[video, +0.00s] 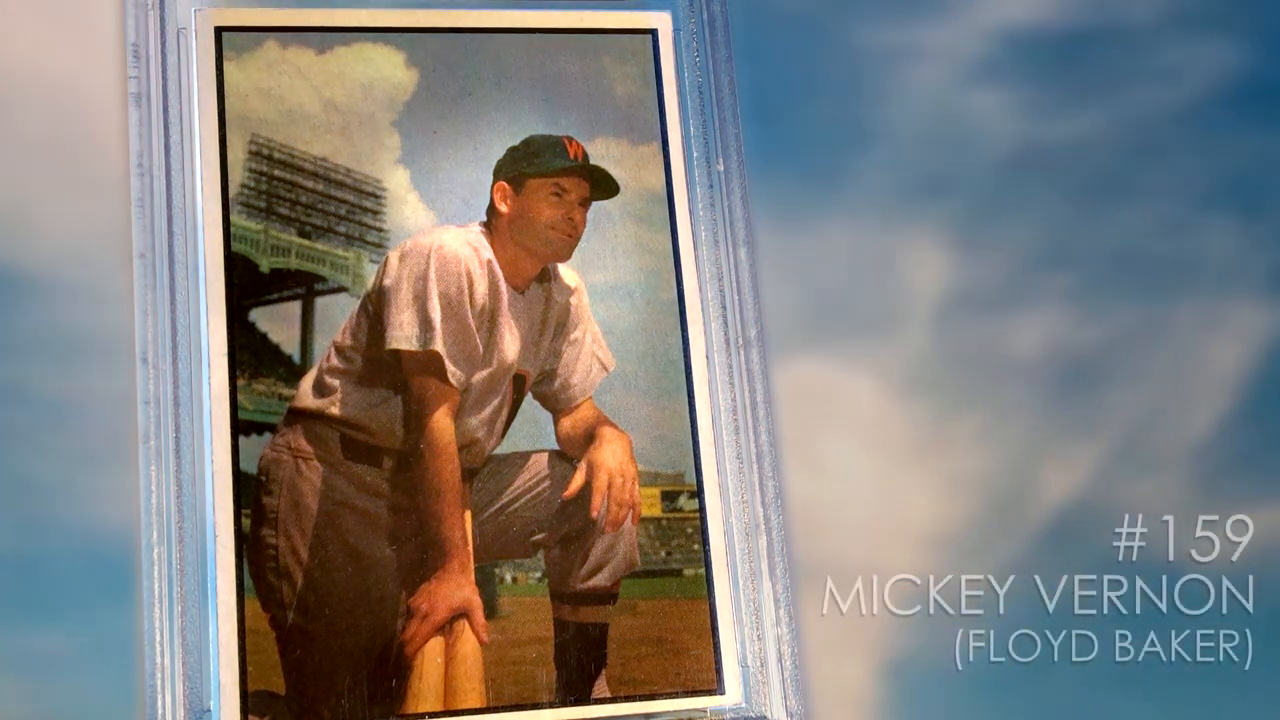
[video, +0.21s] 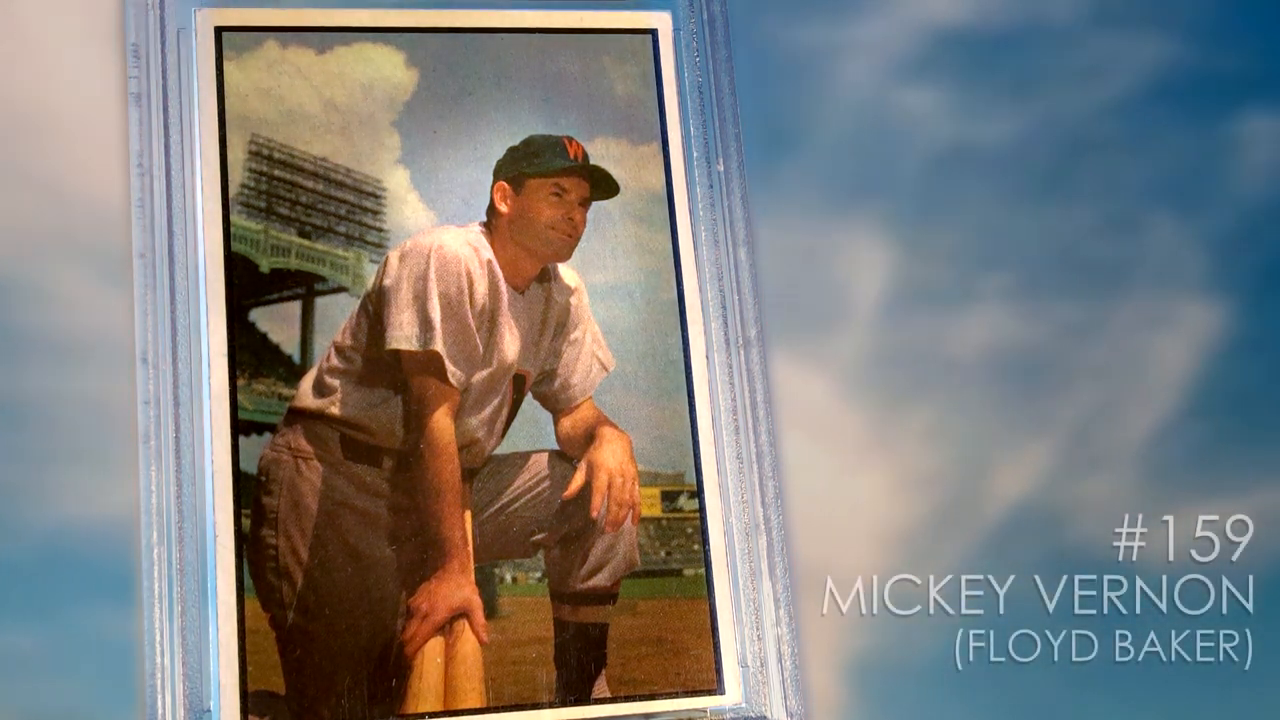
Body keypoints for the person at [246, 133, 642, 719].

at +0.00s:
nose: (576, 216)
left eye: (584, 204)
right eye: (557, 194)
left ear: (586, 218)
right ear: (504, 198)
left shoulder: (560, 294)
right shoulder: (441, 256)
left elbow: (574, 415)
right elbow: (433, 419)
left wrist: (609, 434)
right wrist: (454, 566)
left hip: (440, 486)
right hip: (334, 479)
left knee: (595, 487)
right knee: (347, 701)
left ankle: (580, 695)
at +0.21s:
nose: (576, 216)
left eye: (584, 204)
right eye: (557, 195)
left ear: (586, 217)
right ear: (504, 198)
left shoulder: (560, 294)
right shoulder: (441, 256)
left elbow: (575, 416)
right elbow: (433, 419)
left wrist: (609, 434)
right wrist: (453, 566)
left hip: (440, 486)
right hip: (334, 478)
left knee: (595, 487)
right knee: (347, 699)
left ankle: (580, 694)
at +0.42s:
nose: (576, 216)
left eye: (584, 204)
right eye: (557, 194)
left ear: (586, 217)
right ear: (504, 198)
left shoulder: (560, 294)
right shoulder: (441, 256)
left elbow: (574, 415)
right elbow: (432, 419)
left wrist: (609, 434)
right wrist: (454, 565)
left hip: (440, 486)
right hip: (335, 478)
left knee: (594, 487)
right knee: (348, 699)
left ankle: (580, 694)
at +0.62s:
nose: (576, 215)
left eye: (584, 204)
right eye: (557, 194)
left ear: (587, 217)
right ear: (505, 197)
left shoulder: (560, 295)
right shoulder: (441, 256)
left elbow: (575, 416)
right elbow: (432, 419)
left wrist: (609, 434)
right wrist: (454, 565)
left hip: (441, 486)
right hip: (335, 479)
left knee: (595, 487)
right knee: (347, 700)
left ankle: (581, 698)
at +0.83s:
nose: (575, 216)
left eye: (584, 204)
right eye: (557, 194)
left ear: (587, 218)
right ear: (504, 197)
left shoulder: (560, 295)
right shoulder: (442, 256)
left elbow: (575, 416)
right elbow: (431, 420)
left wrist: (609, 434)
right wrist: (454, 566)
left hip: (440, 486)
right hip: (335, 479)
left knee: (594, 488)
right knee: (349, 700)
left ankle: (581, 698)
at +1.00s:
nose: (576, 216)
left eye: (584, 203)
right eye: (558, 194)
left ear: (587, 217)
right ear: (505, 197)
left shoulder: (560, 296)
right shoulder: (443, 256)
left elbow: (575, 416)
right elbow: (432, 420)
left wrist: (609, 434)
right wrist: (454, 566)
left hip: (439, 487)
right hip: (334, 480)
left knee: (593, 488)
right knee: (349, 703)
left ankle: (580, 698)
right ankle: (243, 707)